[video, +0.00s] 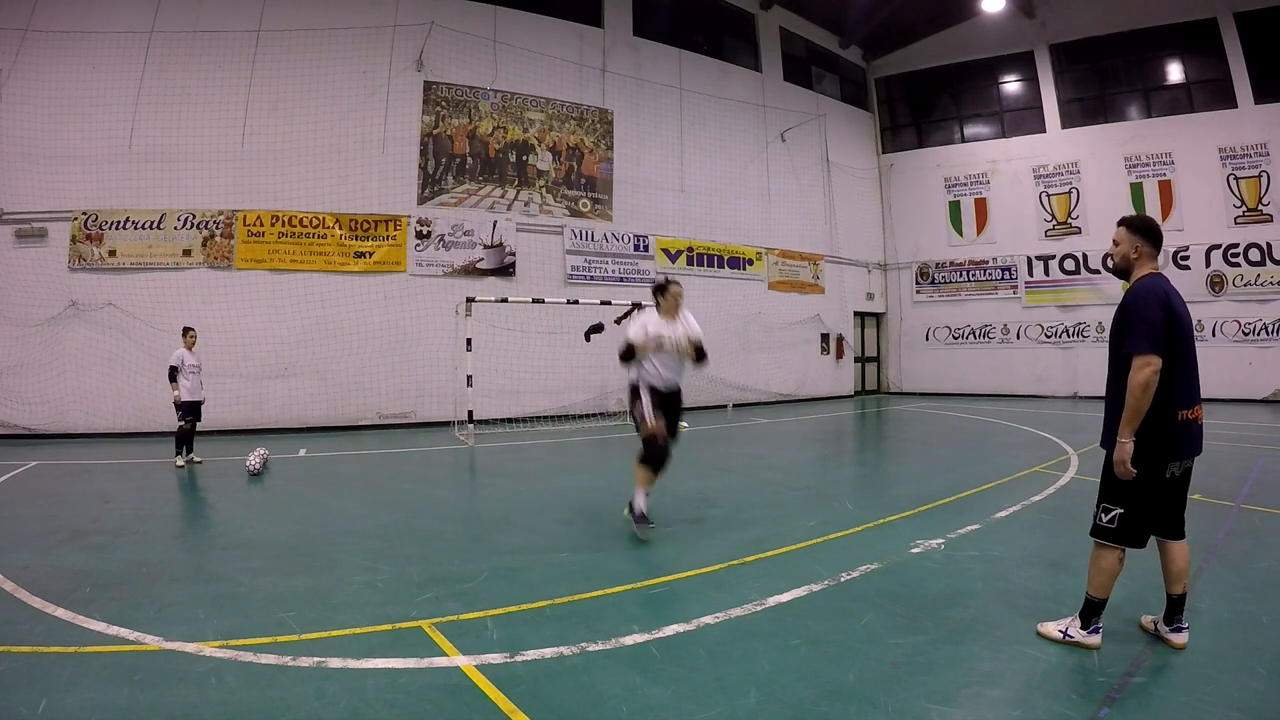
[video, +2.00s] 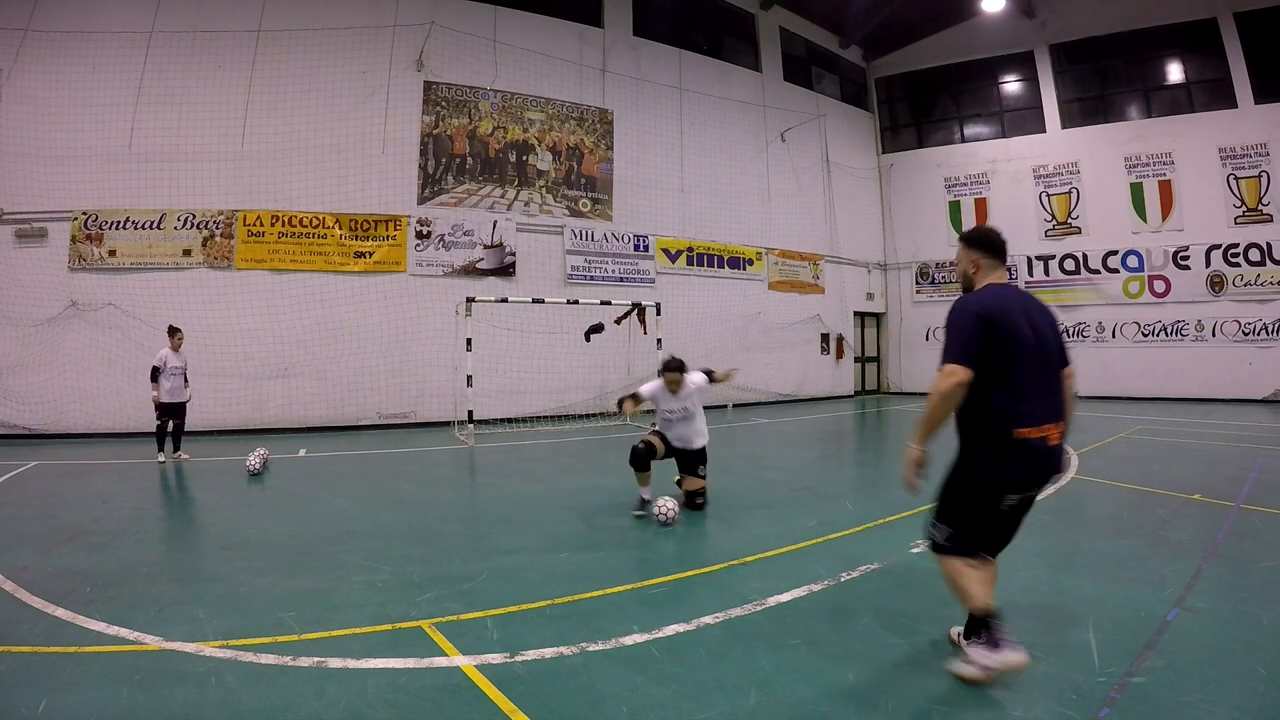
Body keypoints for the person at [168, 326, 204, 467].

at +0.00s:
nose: (193, 340)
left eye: (195, 337)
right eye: (191, 337)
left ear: (196, 339)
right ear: (184, 338)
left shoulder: (196, 356)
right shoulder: (179, 354)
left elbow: (198, 376)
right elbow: (172, 373)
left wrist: (202, 392)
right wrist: (176, 392)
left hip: (196, 397)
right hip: (184, 397)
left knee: (192, 426)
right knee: (184, 426)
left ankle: (189, 454)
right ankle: (178, 456)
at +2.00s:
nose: (181, 342)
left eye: (182, 339)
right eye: (179, 339)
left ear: (182, 339)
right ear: (171, 339)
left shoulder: (182, 356)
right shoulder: (163, 354)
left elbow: (184, 374)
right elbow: (154, 374)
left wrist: (187, 389)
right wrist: (155, 393)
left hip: (180, 397)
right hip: (165, 397)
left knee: (179, 425)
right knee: (163, 425)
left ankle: (177, 451)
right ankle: (161, 452)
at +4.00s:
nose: (258, 373)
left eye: (259, 371)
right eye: (257, 370)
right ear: (249, 365)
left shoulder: (247, 377)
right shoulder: (234, 374)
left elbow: (240, 391)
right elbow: (222, 391)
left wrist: (240, 409)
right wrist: (221, 411)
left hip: (226, 398)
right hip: (211, 396)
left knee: (227, 424)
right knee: (216, 424)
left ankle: (224, 451)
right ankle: (218, 455)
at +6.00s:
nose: (192, 339)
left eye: (192, 336)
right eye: (189, 336)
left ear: (189, 338)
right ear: (181, 338)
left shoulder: (188, 354)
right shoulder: (177, 354)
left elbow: (186, 377)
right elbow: (171, 375)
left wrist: (191, 395)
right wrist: (175, 396)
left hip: (191, 400)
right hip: (181, 400)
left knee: (189, 427)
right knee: (177, 428)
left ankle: (187, 456)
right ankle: (163, 454)